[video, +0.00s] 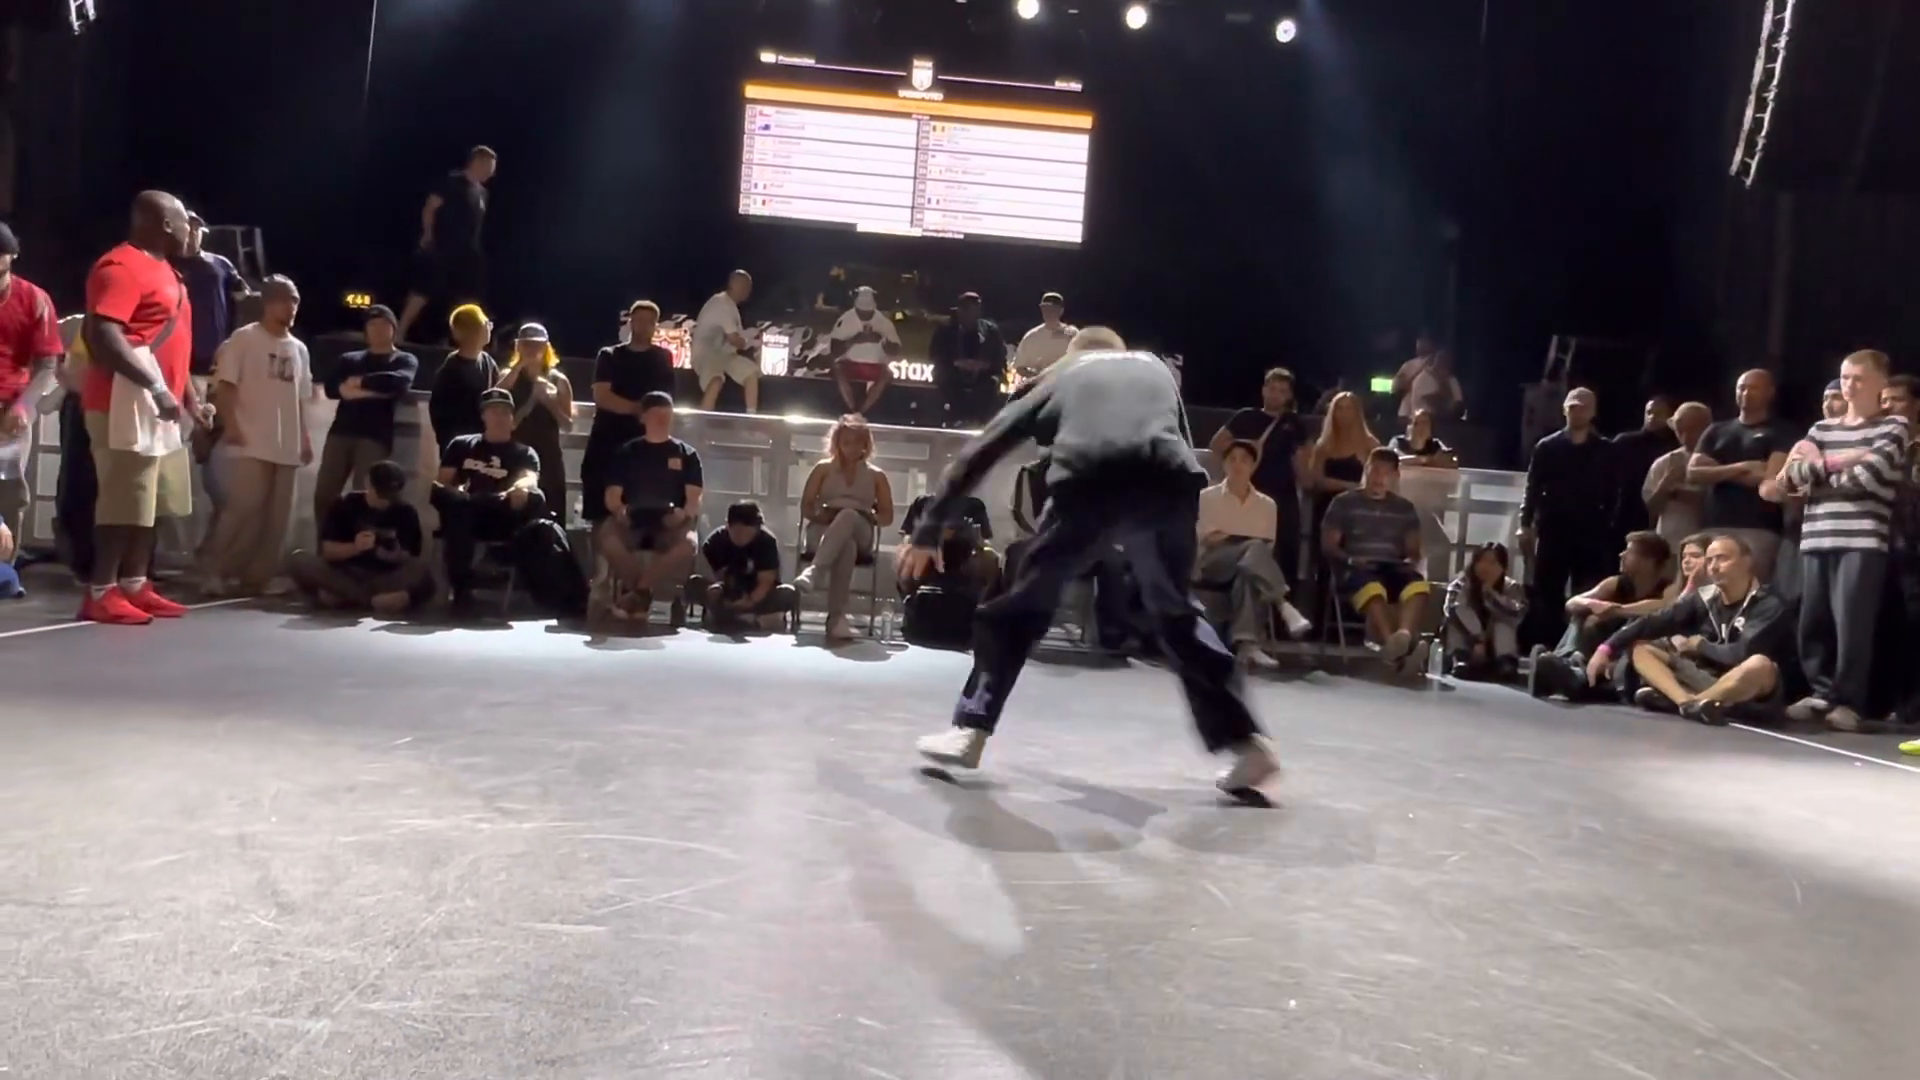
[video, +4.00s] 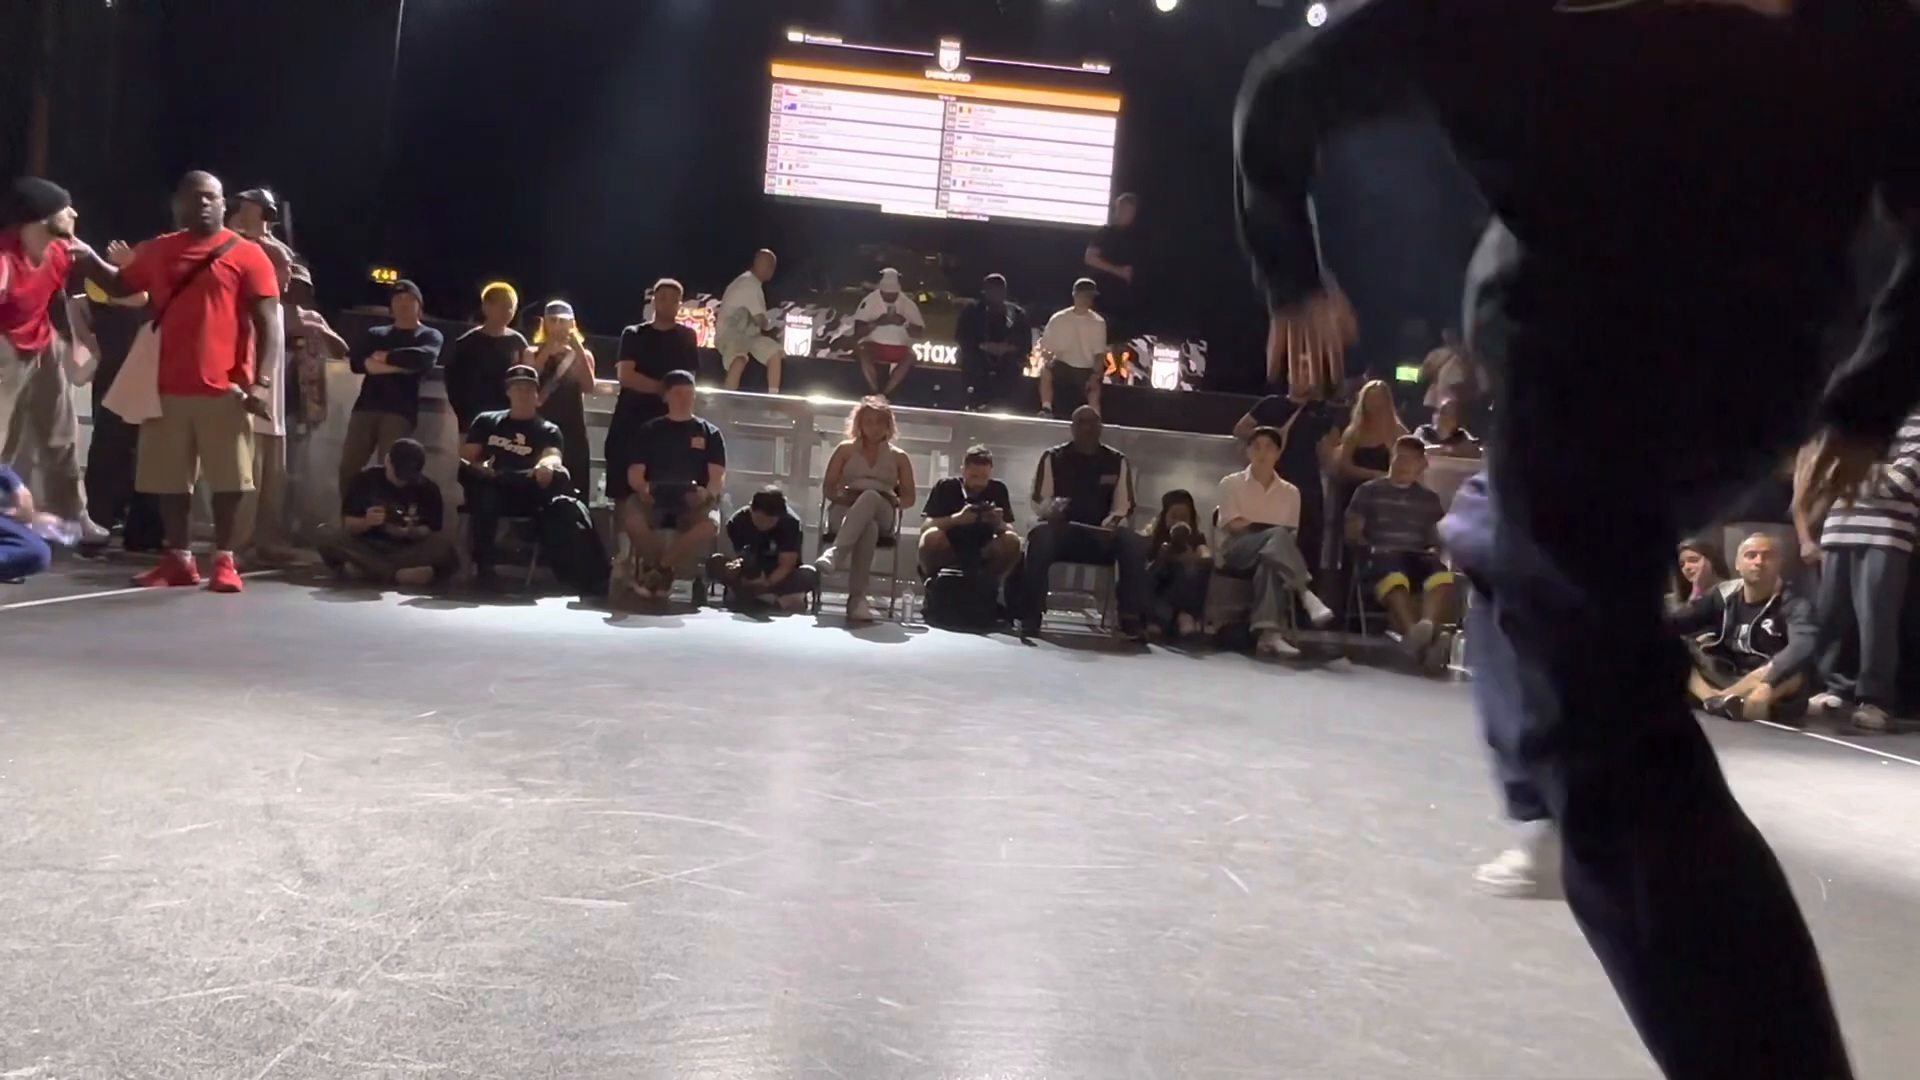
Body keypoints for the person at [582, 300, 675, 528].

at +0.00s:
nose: (644, 326)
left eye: (649, 322)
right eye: (639, 320)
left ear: (655, 326)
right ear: (630, 322)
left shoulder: (662, 357)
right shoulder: (609, 354)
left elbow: (665, 402)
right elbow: (601, 397)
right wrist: (638, 409)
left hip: (646, 440)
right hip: (608, 439)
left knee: (642, 507)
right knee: (600, 510)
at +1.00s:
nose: (660, 313)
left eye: (666, 309)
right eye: (656, 307)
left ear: (671, 313)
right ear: (646, 309)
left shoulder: (678, 344)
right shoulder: (625, 341)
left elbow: (680, 390)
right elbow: (616, 383)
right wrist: (655, 396)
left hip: (660, 426)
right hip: (623, 424)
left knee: (657, 494)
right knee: (616, 496)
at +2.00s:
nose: (671, 305)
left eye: (675, 300)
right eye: (665, 299)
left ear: (679, 303)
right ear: (654, 301)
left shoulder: (686, 335)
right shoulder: (633, 333)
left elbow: (689, 380)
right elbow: (625, 375)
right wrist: (663, 388)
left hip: (669, 418)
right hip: (632, 416)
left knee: (666, 485)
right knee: (623, 488)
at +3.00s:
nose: (671, 304)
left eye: (675, 299)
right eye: (665, 298)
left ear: (680, 304)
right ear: (655, 300)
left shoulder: (687, 335)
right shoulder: (633, 332)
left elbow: (689, 379)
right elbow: (625, 375)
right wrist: (664, 387)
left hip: (668, 423)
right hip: (630, 420)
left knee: (665, 490)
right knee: (624, 492)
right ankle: (622, 548)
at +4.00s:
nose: (668, 303)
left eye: (674, 298)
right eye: (663, 297)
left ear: (679, 304)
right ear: (654, 301)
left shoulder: (687, 336)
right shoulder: (633, 333)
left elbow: (689, 381)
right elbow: (625, 376)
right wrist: (664, 389)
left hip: (668, 422)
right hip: (631, 419)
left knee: (665, 489)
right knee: (623, 491)